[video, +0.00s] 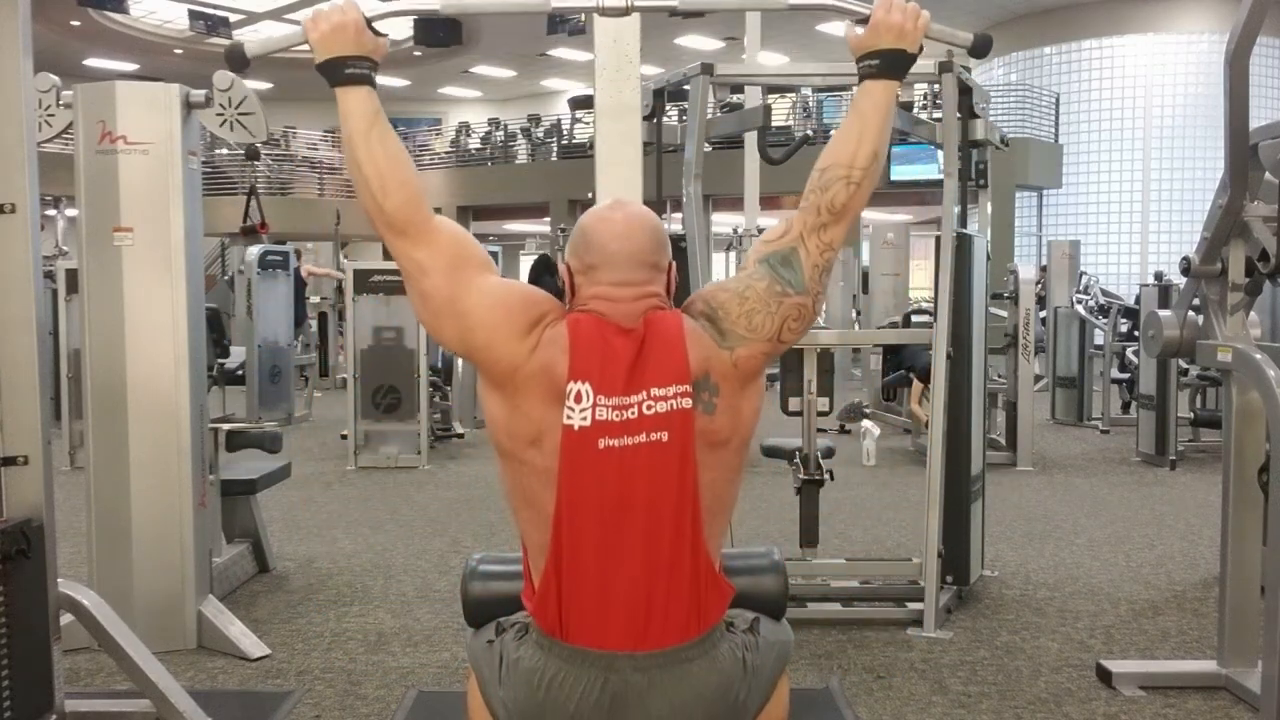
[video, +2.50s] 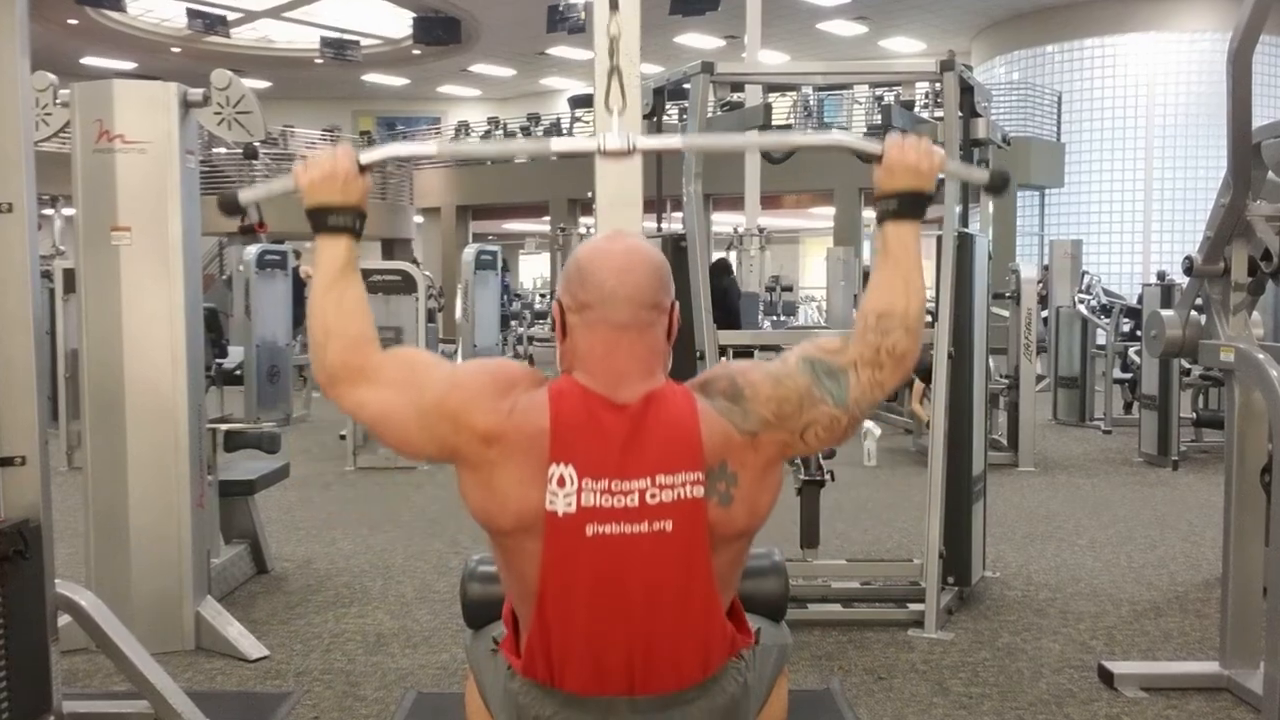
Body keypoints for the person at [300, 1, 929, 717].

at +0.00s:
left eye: (570, 264)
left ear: (568, 280)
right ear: (671, 281)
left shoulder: (515, 339)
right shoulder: (728, 343)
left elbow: (405, 222)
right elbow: (827, 214)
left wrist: (348, 70)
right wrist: (885, 67)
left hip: (556, 682)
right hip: (697, 681)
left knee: (488, 667)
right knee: (769, 646)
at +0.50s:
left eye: (573, 270)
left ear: (573, 287)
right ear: (677, 289)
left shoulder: (512, 349)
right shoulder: (740, 353)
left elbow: (383, 260)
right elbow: (864, 254)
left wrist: (347, 111)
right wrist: (899, 107)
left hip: (555, 685)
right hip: (700, 682)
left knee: (489, 657)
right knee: (768, 648)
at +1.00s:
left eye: (567, 360)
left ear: (565, 379)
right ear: (688, 381)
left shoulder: (492, 490)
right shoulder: (758, 489)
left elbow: (330, 494)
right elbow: (906, 496)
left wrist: (322, 348)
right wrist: (915, 350)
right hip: (711, 694)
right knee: (769, 625)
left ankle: (486, 703)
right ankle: (777, 707)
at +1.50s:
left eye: (561, 394)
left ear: (563, 416)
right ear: (689, 419)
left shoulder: (486, 546)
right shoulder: (764, 545)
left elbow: (352, 648)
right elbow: (875, 646)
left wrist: (324, 497)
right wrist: (907, 499)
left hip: (536, 707)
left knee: (483, 666)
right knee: (769, 647)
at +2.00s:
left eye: (559, 368)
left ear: (559, 388)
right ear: (682, 390)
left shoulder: (483, 509)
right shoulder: (757, 512)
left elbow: (339, 558)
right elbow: (896, 552)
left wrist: (326, 409)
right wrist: (908, 407)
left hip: (532, 708)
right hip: (710, 706)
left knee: (453, 680)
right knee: (813, 689)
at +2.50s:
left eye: (559, 308)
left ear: (560, 324)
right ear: (671, 325)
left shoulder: (492, 410)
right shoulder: (749, 412)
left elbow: (345, 369)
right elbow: (885, 357)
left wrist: (335, 224)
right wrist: (902, 207)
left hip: (546, 695)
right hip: (706, 693)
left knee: (488, 650)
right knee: (768, 643)